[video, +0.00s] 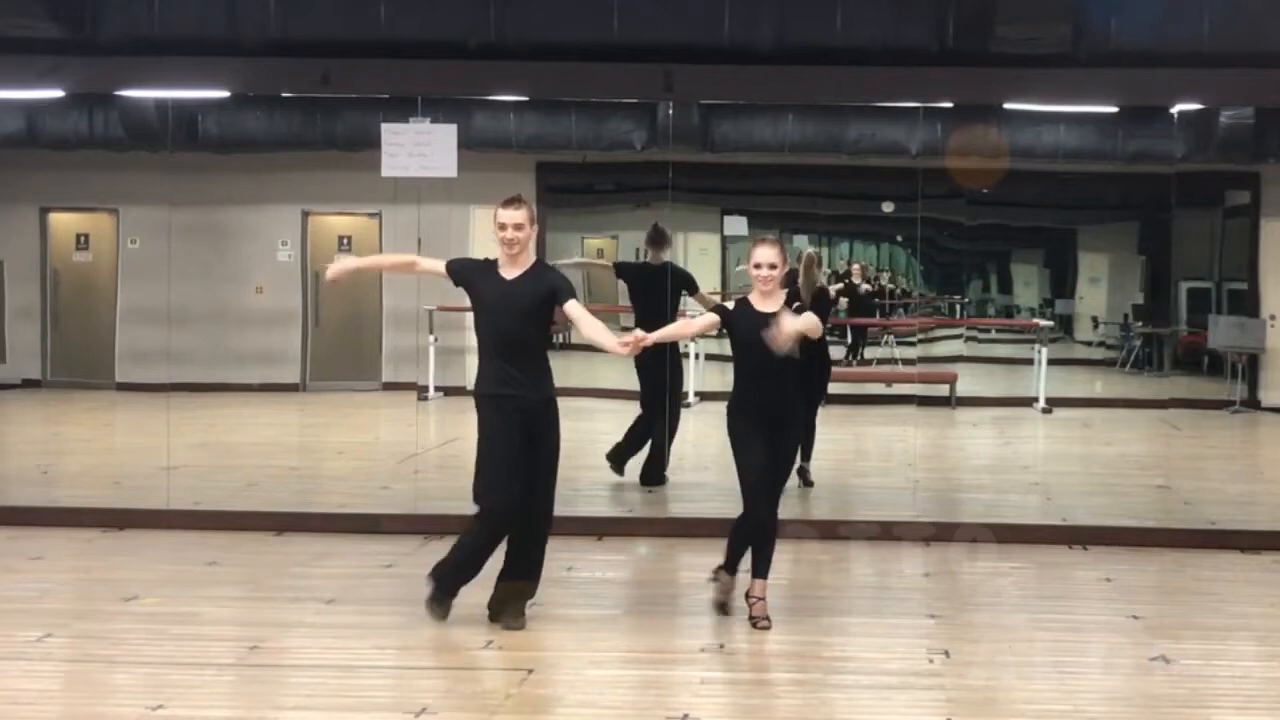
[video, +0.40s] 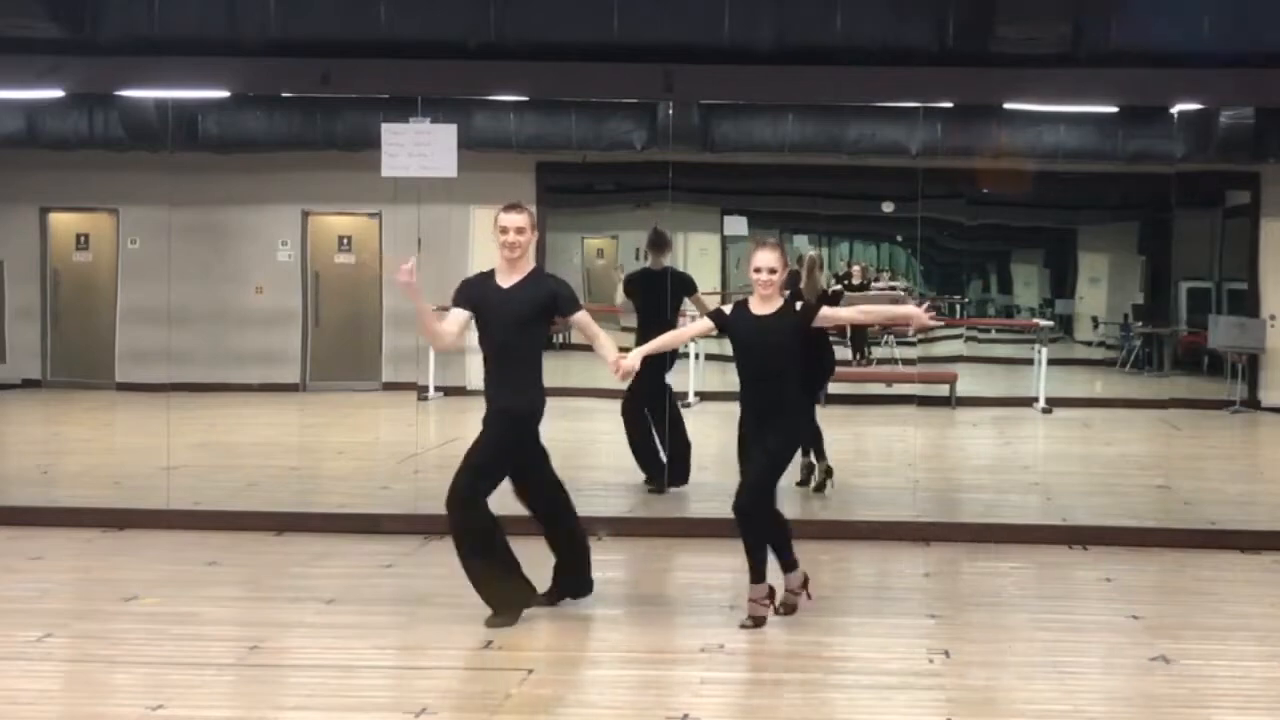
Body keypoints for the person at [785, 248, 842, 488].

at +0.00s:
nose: (810, 268)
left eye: (806, 262)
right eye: (815, 264)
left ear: (799, 266)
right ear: (819, 267)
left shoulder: (787, 293)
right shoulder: (824, 294)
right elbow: (822, 322)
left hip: (790, 358)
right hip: (816, 359)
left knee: (793, 411)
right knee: (810, 412)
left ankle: (791, 461)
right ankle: (804, 463)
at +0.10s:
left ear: (799, 266)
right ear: (820, 268)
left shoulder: (789, 292)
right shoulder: (827, 294)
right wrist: (858, 281)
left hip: (792, 361)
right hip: (818, 362)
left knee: (797, 412)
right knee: (813, 414)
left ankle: (800, 458)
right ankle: (806, 461)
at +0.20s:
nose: (765, 269)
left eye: (773, 263)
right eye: (757, 262)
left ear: (797, 267)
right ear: (820, 268)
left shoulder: (793, 296)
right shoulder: (828, 293)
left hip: (795, 360)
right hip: (821, 357)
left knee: (806, 410)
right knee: (812, 409)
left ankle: (813, 460)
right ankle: (810, 460)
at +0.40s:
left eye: (807, 264)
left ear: (801, 268)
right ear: (821, 270)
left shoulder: (792, 293)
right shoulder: (830, 296)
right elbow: (841, 328)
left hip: (799, 355)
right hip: (823, 354)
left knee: (806, 410)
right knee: (805, 408)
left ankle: (822, 462)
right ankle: (806, 459)